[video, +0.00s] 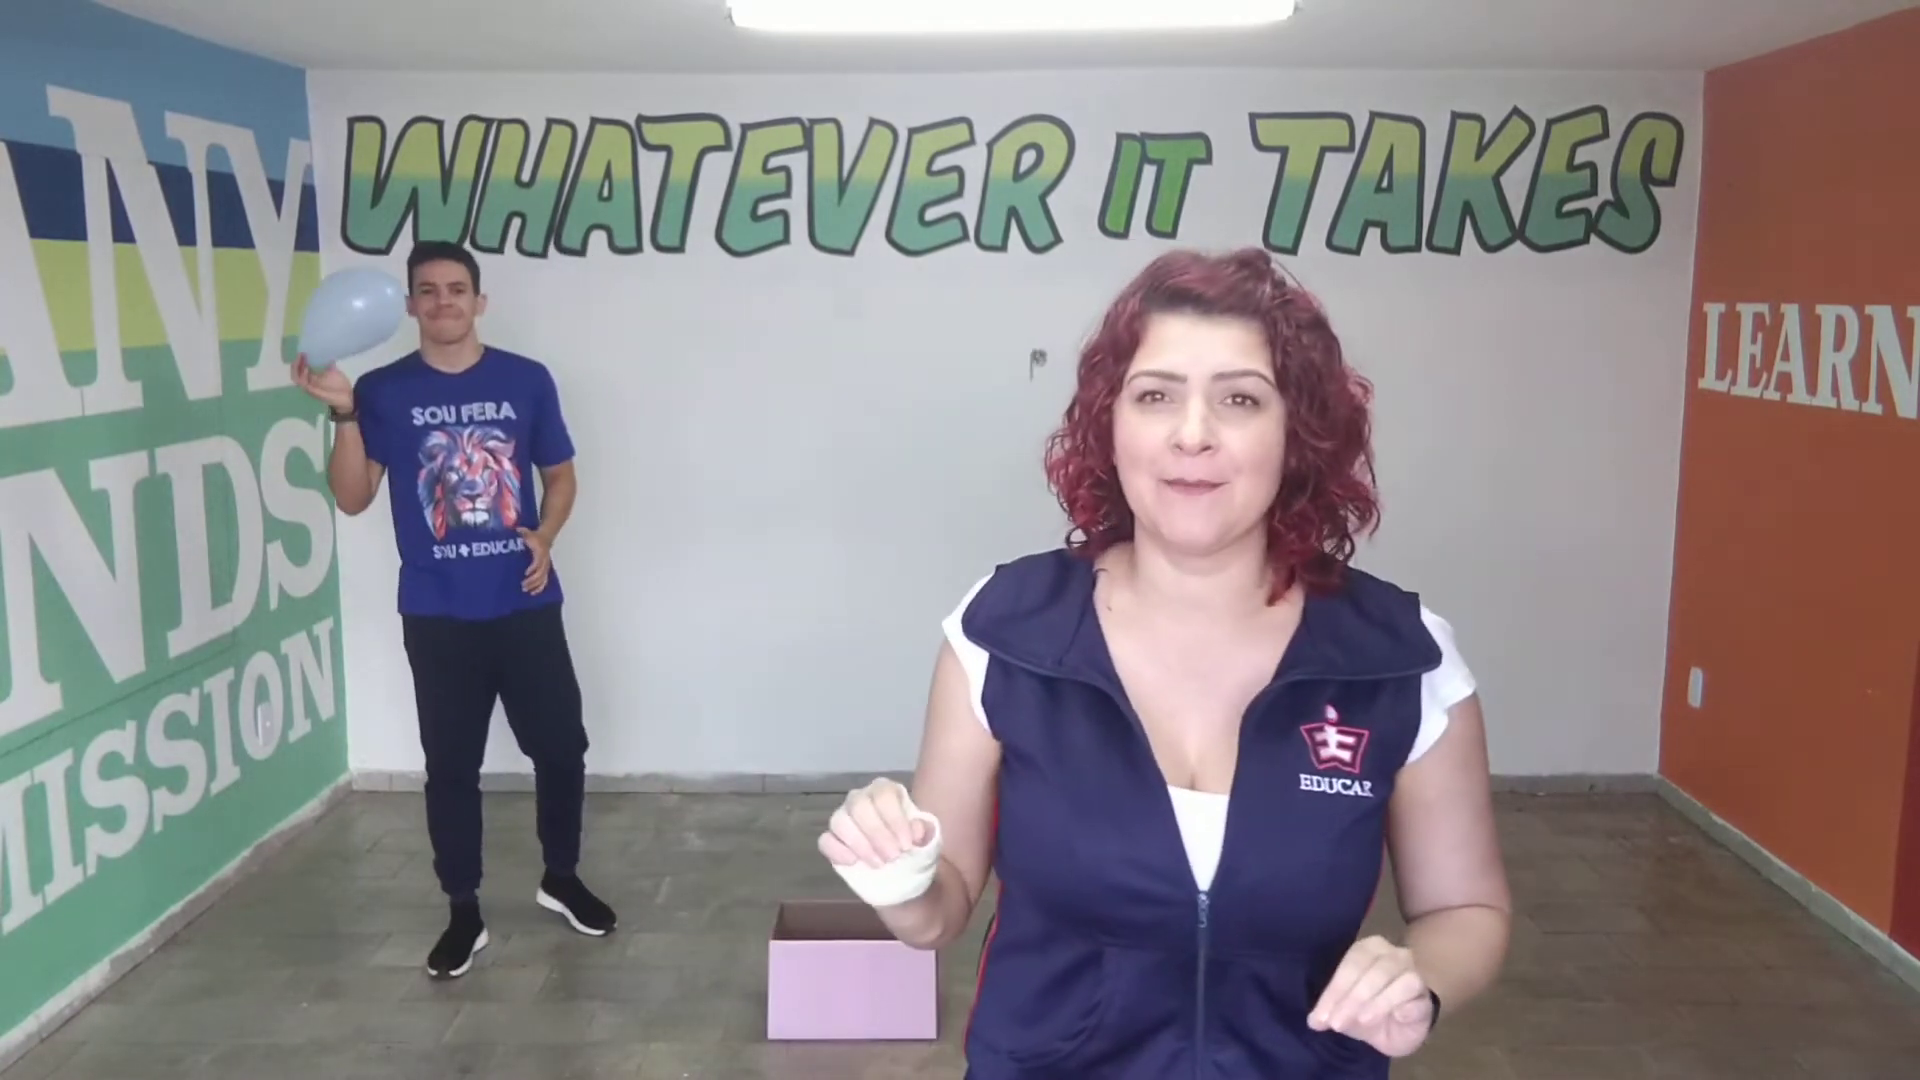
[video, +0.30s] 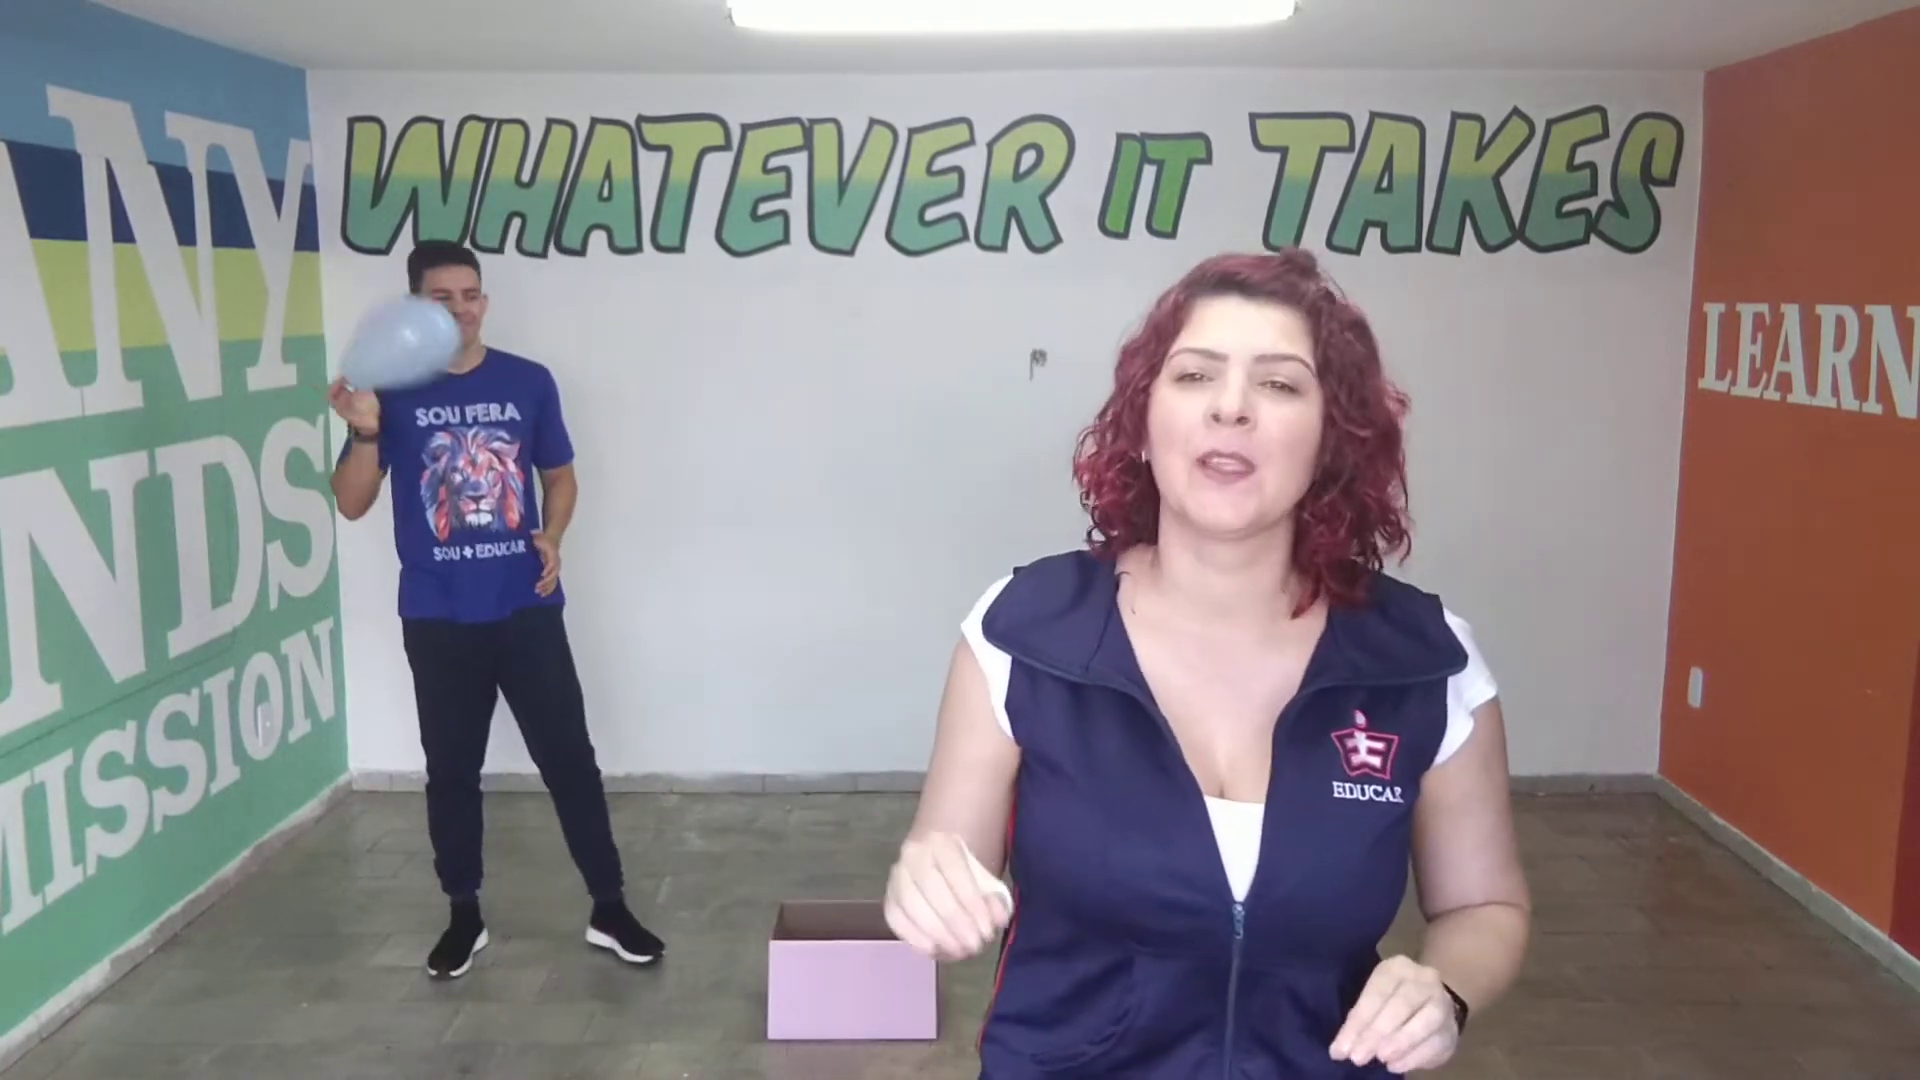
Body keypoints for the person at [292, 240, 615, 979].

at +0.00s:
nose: (441, 303)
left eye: (454, 290)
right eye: (427, 292)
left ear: (478, 301)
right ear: (411, 305)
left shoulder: (525, 381)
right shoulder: (383, 392)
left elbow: (561, 475)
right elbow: (352, 499)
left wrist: (545, 532)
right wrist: (346, 412)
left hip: (527, 609)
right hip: (438, 618)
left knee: (562, 747)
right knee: (449, 770)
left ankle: (562, 879)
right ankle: (463, 914)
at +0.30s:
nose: (462, 307)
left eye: (471, 293)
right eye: (445, 296)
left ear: (486, 298)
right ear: (418, 305)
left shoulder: (529, 384)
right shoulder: (393, 393)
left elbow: (560, 477)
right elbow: (351, 503)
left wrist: (553, 531)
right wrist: (365, 431)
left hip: (525, 608)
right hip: (438, 618)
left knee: (569, 757)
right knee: (451, 773)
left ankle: (609, 907)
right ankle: (464, 916)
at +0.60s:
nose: (527, 328)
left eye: (536, 316)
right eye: (515, 313)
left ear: (542, 316)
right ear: (474, 306)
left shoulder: (564, 389)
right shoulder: (417, 392)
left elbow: (595, 485)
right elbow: (376, 489)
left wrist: (583, 533)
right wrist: (405, 515)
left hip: (553, 618)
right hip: (464, 621)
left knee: (583, 766)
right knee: (467, 774)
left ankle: (610, 919)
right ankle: (466, 915)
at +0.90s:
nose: (589, 331)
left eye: (599, 319)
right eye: (578, 315)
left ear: (605, 319)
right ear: (538, 304)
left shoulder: (620, 394)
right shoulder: (475, 383)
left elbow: (643, 495)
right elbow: (435, 476)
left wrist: (616, 553)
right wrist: (466, 531)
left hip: (592, 619)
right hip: (502, 619)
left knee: (604, 770)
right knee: (484, 768)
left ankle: (612, 920)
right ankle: (468, 911)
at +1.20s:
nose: (642, 347)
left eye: (653, 334)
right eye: (633, 330)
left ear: (660, 328)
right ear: (595, 310)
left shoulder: (671, 397)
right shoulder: (529, 375)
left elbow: (696, 499)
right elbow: (484, 464)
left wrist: (660, 565)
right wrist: (501, 533)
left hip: (623, 615)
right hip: (536, 609)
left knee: (618, 770)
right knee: (519, 758)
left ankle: (612, 922)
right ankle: (521, 900)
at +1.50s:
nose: (654, 335)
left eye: (666, 324)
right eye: (646, 318)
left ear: (673, 323)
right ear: (610, 303)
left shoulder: (685, 399)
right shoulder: (547, 377)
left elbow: (709, 500)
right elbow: (503, 469)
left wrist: (676, 559)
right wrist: (520, 532)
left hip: (641, 605)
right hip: (560, 600)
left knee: (627, 763)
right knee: (562, 749)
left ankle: (615, 920)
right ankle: (643, 830)